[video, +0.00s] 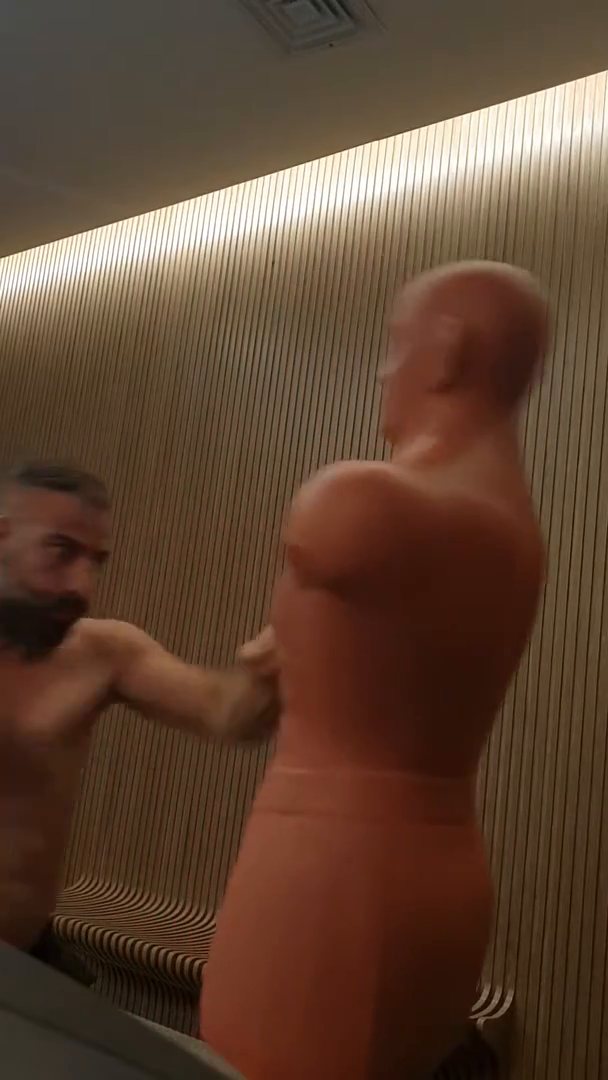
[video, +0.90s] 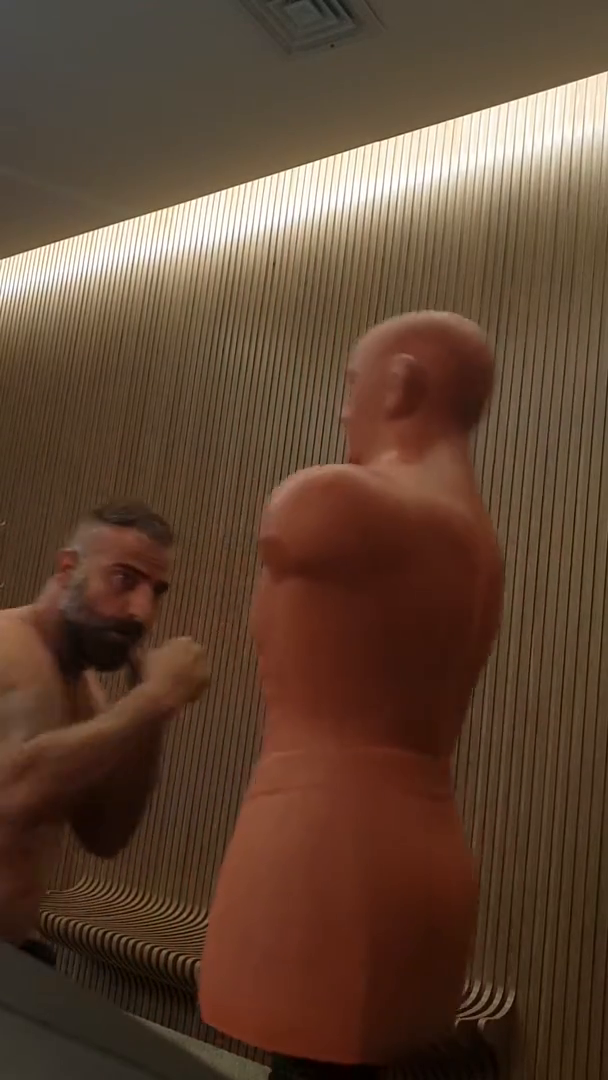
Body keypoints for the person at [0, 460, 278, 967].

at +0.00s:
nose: (82, 584)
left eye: (95, 561)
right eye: (61, 551)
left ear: (103, 563)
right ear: (2, 535)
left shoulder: (100, 652)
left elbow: (223, 710)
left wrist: (260, 679)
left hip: (23, 953)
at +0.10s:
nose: (155, 578)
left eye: (167, 554)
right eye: (133, 549)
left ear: (176, 556)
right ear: (69, 542)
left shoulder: (129, 652)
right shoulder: (12, 621)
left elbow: (163, 784)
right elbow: (8, 711)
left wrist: (218, 731)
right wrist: (115, 645)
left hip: (57, 955)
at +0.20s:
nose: (190, 588)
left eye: (200, 564)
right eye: (169, 558)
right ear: (104, 543)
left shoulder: (159, 661)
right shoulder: (28, 626)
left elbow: (218, 779)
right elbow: (82, 722)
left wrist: (245, 686)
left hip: (77, 964)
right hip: (9, 956)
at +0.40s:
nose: (229, 610)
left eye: (243, 590)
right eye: (211, 579)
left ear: (250, 598)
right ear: (154, 570)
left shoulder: (215, 705)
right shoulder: (41, 666)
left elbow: (260, 833)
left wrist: (287, 722)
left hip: (100, 988)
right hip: (11, 958)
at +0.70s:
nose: (225, 622)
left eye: (240, 603)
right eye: (209, 593)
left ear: (248, 608)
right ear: (155, 581)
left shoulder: (166, 682)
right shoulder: (93, 648)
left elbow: (198, 833)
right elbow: (19, 779)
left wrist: (232, 711)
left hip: (69, 955)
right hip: (13, 943)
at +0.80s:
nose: (191, 615)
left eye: (205, 596)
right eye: (174, 584)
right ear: (118, 572)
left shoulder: (123, 673)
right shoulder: (57, 638)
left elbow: (154, 829)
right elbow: (69, 758)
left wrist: (196, 695)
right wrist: (199, 677)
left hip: (47, 955)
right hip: (9, 951)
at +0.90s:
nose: (143, 609)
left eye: (157, 591)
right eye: (124, 579)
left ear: (164, 599)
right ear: (67, 568)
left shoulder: (80, 684)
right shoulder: (13, 644)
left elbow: (104, 837)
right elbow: (14, 791)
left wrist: (150, 704)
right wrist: (157, 697)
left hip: (18, 945)